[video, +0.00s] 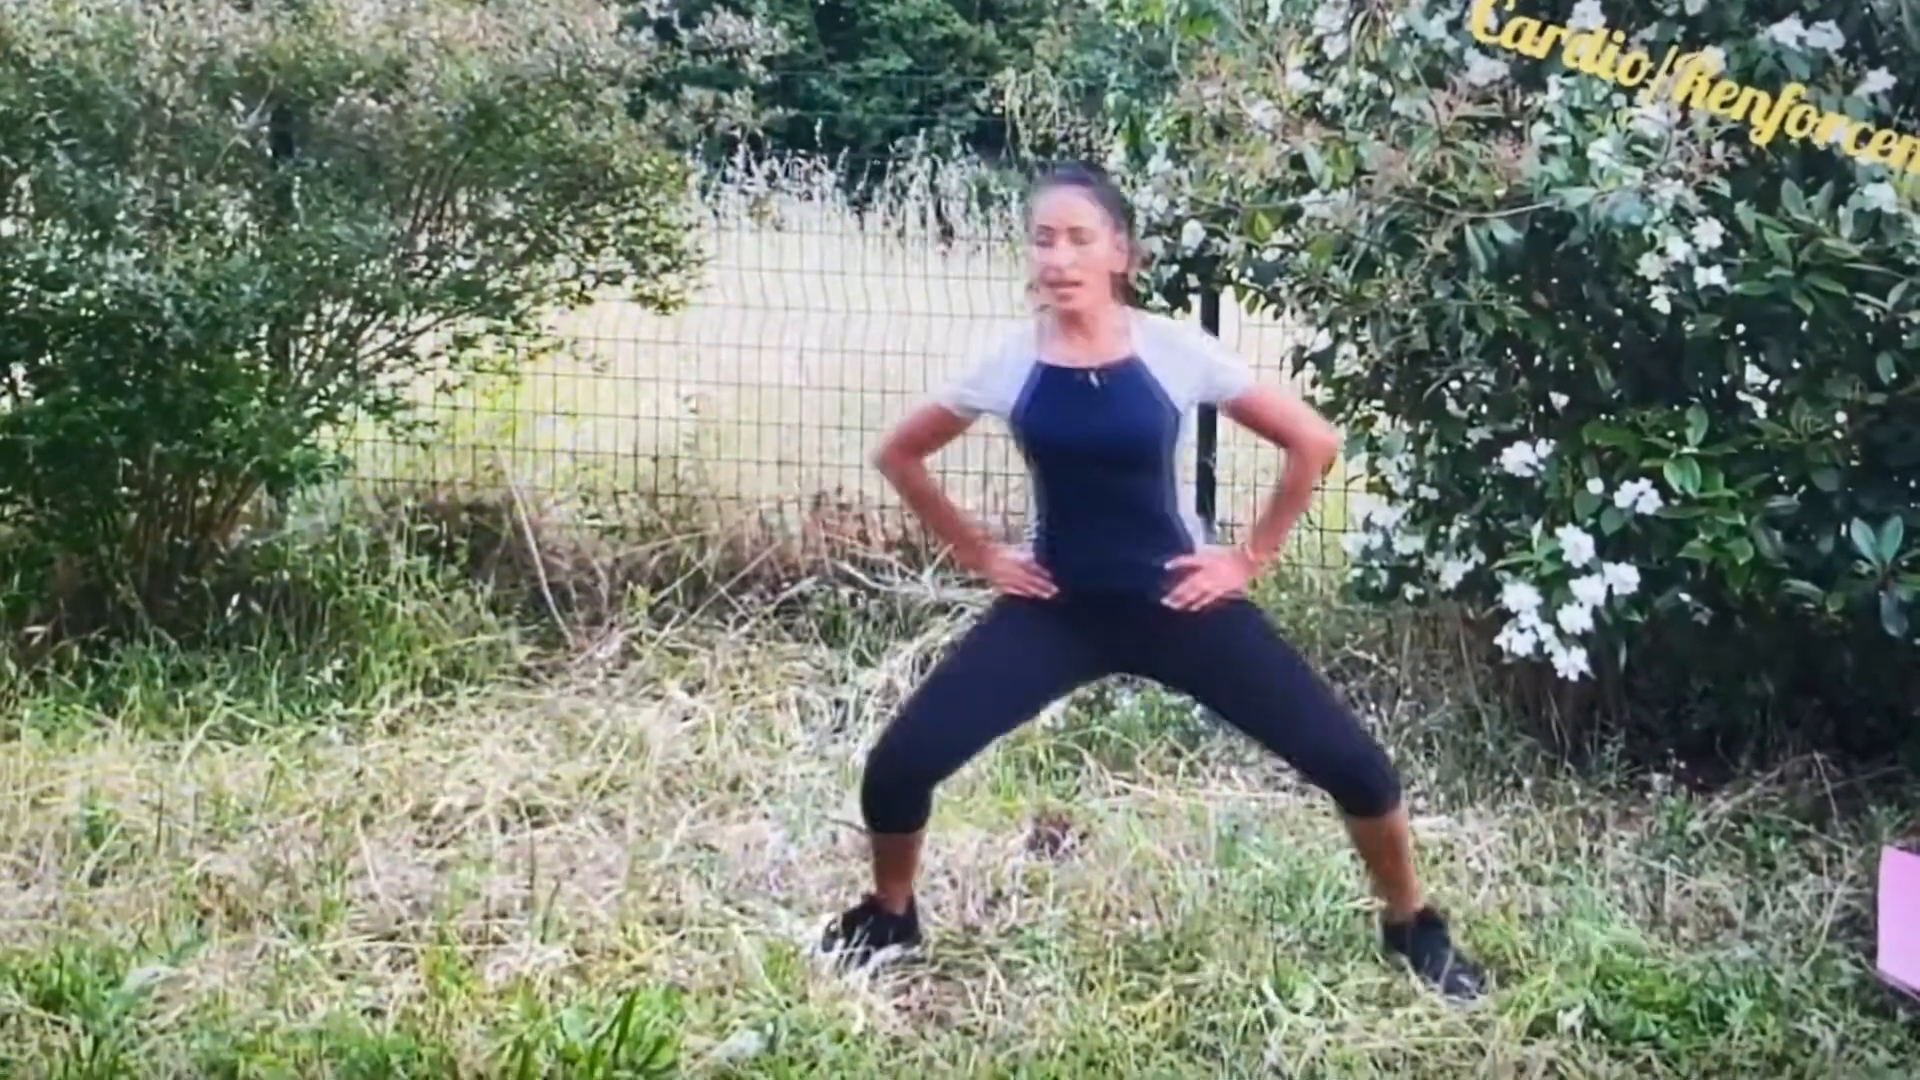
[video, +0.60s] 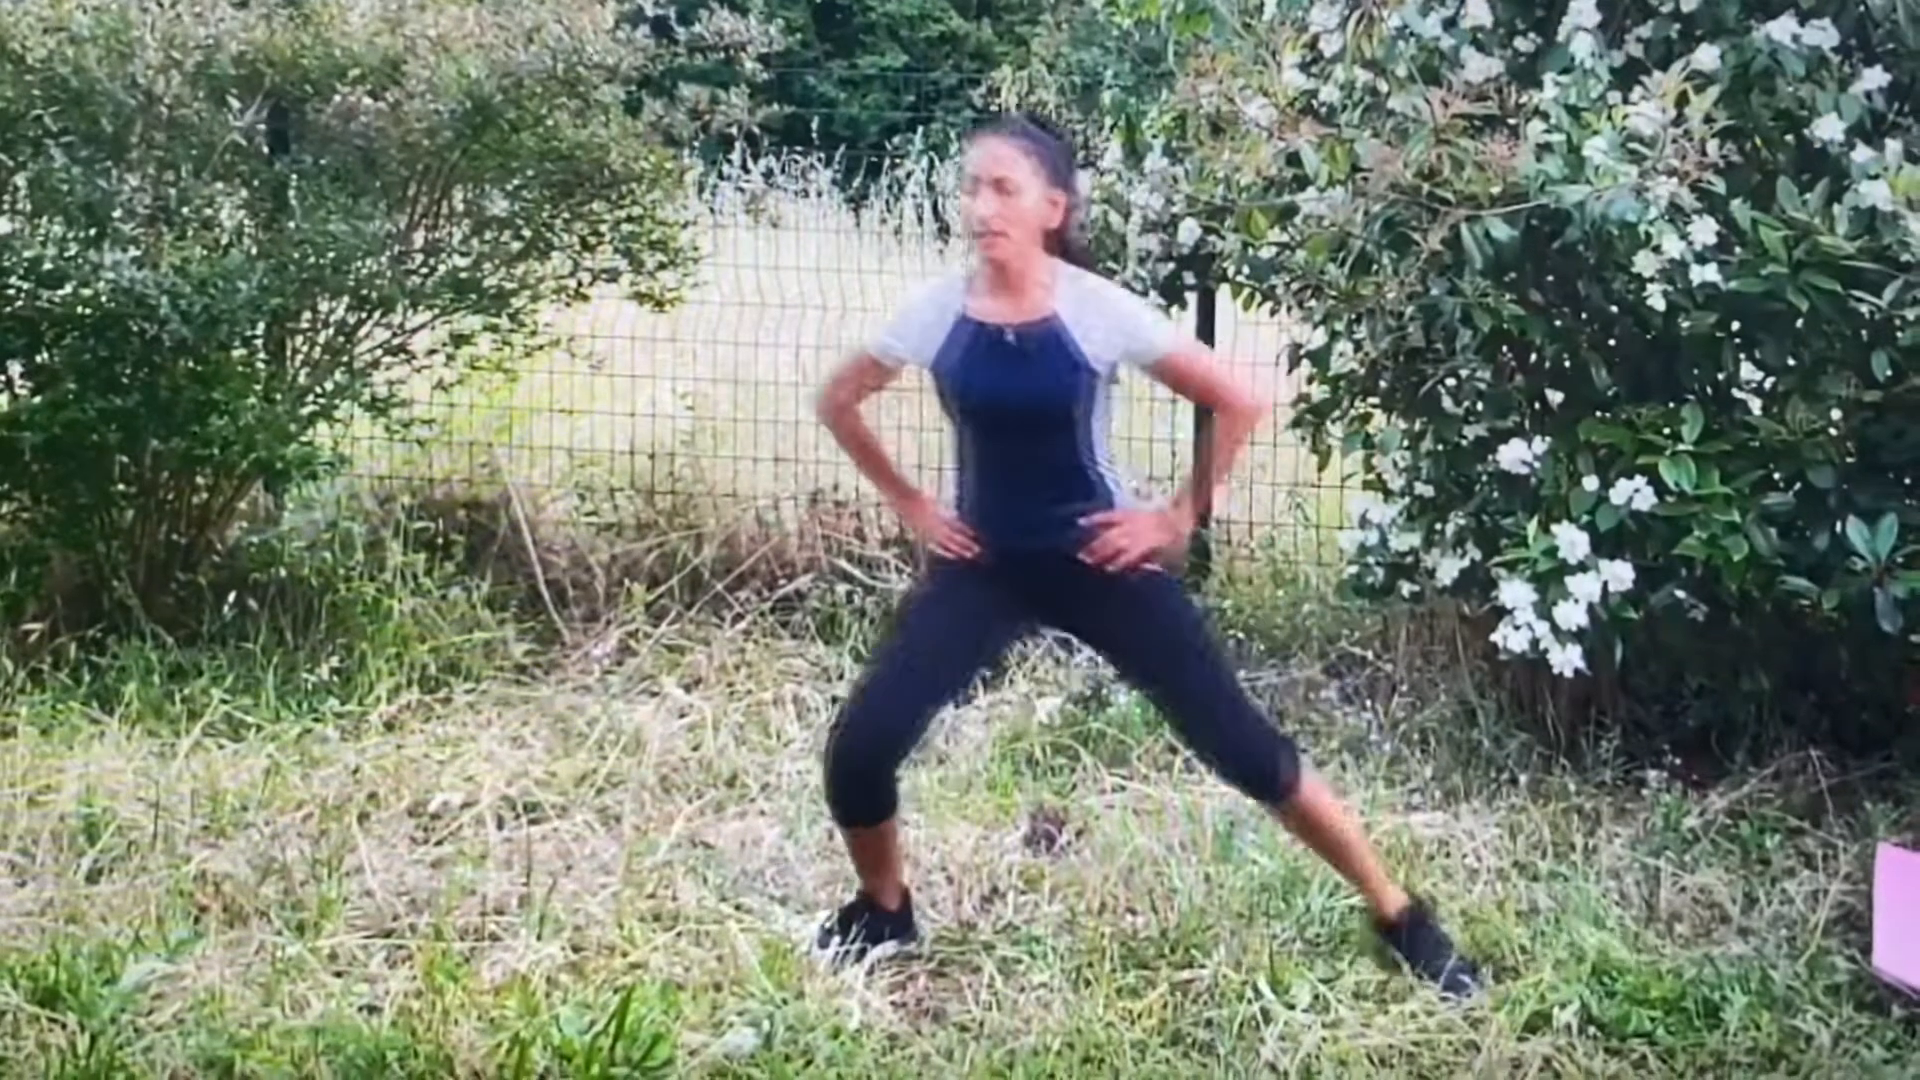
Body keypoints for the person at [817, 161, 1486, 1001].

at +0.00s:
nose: (1056, 258)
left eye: (1077, 237)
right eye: (1041, 239)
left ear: (1122, 255)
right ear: (1026, 255)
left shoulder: (1177, 352)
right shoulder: (1011, 361)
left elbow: (1316, 443)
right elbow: (895, 454)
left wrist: (1250, 558)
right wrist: (980, 553)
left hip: (1181, 611)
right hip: (1054, 613)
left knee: (1360, 770)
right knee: (896, 767)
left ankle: (1413, 927)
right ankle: (888, 917)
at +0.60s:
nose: (981, 206)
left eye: (1004, 188)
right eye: (972, 188)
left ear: (1056, 208)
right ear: (959, 204)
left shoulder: (1098, 309)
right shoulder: (940, 309)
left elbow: (1237, 403)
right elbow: (838, 401)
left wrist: (1181, 515)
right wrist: (908, 502)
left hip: (1103, 570)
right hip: (980, 570)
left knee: (1248, 754)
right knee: (854, 758)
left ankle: (1398, 916)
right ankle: (883, 911)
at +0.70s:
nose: (943, 182)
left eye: (967, 165)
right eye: (933, 162)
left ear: (1015, 185)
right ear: (919, 176)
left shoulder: (1060, 288)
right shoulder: (897, 282)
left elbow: (1194, 390)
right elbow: (784, 368)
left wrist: (1124, 493)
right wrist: (861, 478)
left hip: (1054, 546)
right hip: (930, 546)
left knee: (1179, 728)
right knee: (838, 753)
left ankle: (1270, 885)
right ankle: (883, 910)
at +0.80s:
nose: (928, 166)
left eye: (951, 149)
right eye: (918, 147)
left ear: (1000, 169)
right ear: (903, 162)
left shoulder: (1045, 275)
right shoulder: (877, 261)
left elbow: (1171, 388)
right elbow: (762, 337)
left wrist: (1093, 485)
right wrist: (832, 458)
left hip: (1027, 532)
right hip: (900, 526)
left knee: (1083, 719)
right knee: (829, 740)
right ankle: (882, 906)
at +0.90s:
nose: (920, 162)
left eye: (944, 145)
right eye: (909, 144)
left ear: (994, 166)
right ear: (896, 160)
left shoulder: (1033, 277)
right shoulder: (871, 257)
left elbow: (1149, 401)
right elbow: (749, 316)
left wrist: (1070, 493)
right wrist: (814, 435)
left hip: (995, 530)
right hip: (873, 512)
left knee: (1006, 747)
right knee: (757, 683)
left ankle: (968, 913)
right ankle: (828, 863)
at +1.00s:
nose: (907, 171)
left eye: (930, 154)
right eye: (897, 154)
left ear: (979, 174)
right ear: (882, 171)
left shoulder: (1017, 288)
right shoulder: (854, 262)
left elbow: (1125, 423)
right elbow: (732, 309)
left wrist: (1041, 506)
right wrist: (790, 427)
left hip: (963, 536)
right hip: (844, 509)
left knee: (975, 742)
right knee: (676, 639)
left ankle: (965, 914)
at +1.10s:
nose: (886, 180)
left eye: (909, 162)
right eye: (874, 161)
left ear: (954, 183)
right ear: (858, 177)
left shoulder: (984, 294)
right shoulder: (830, 265)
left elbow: (1093, 428)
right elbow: (701, 308)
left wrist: (1010, 514)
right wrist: (755, 428)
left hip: (921, 543)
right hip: (804, 515)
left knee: (960, 733)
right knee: (606, 639)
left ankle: (968, 916)